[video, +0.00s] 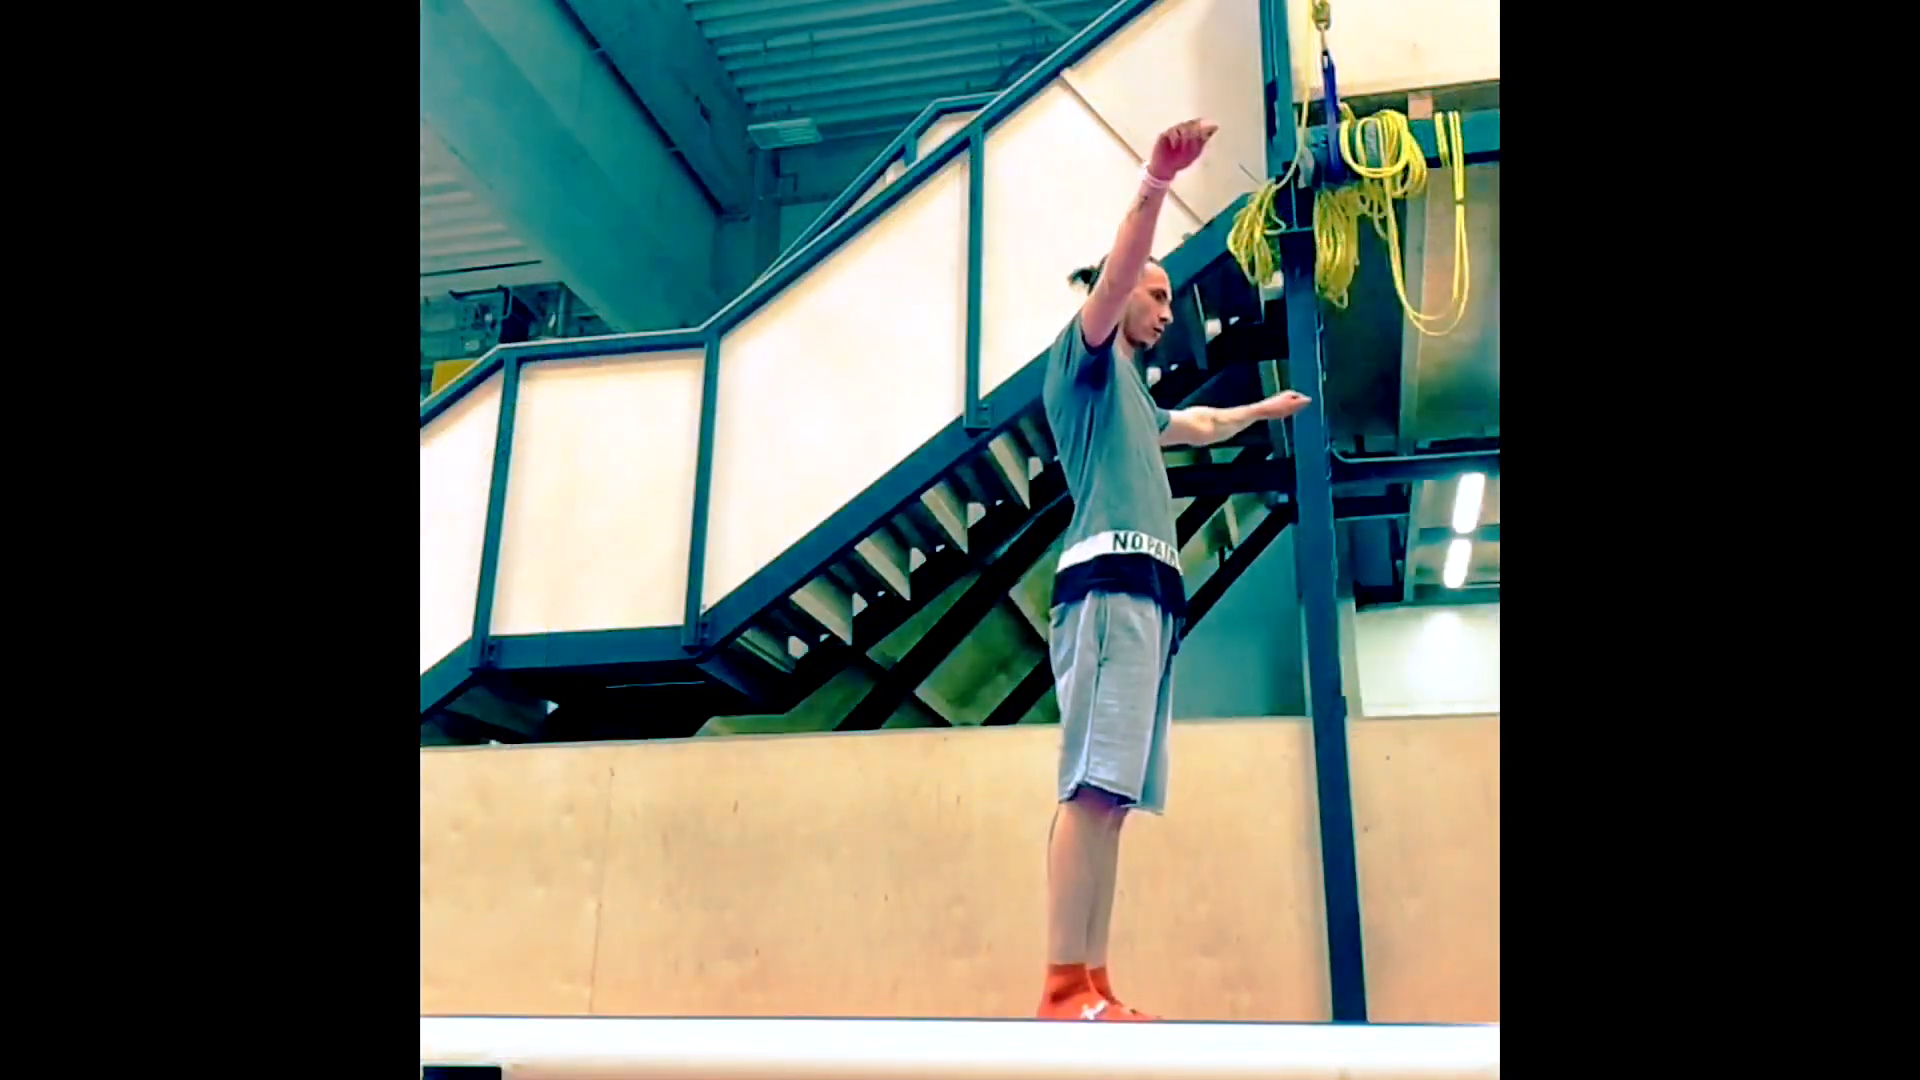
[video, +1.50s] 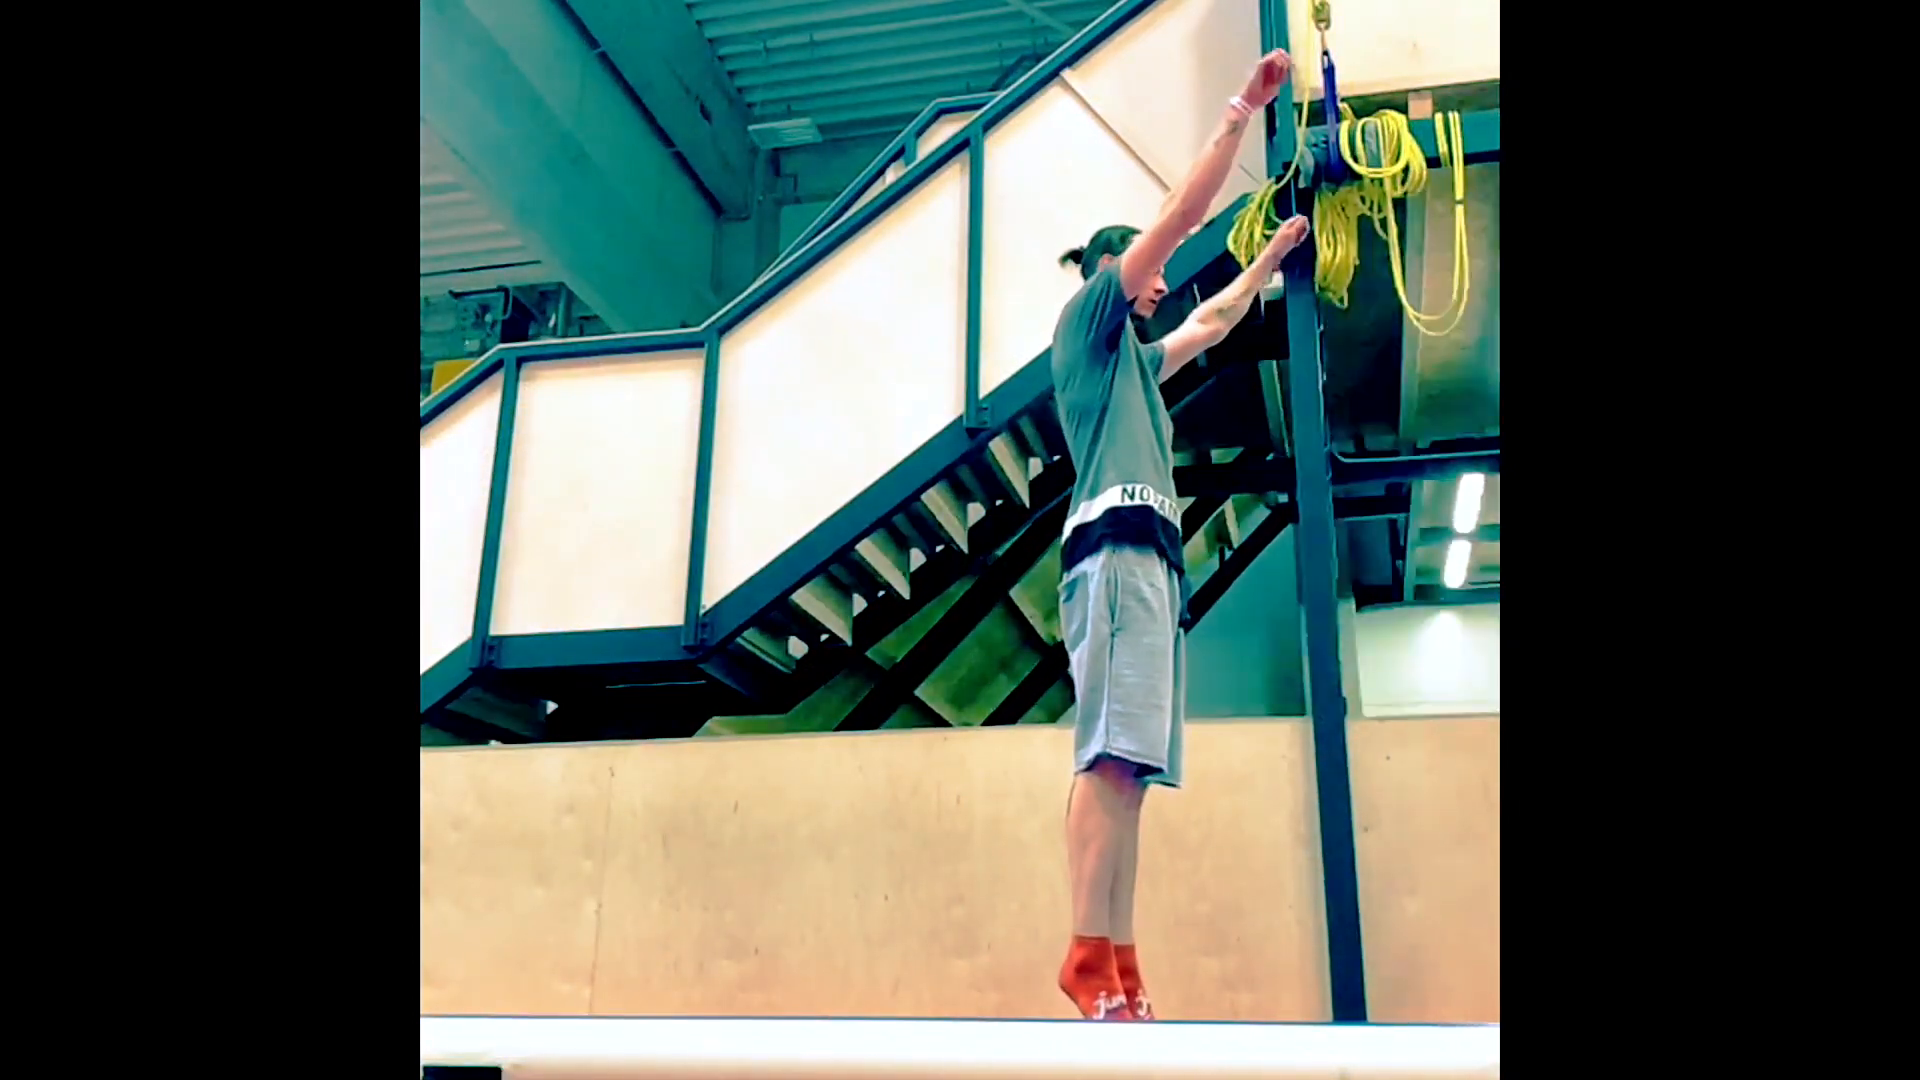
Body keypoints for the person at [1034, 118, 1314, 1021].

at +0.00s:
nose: (1166, 310)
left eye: (1169, 302)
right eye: (1155, 295)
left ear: (1154, 317)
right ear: (1114, 290)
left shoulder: (1132, 394)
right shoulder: (1084, 360)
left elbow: (1201, 426)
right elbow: (1117, 280)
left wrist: (1269, 407)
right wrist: (1156, 185)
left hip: (1146, 593)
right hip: (1110, 585)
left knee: (1113, 796)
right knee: (1093, 791)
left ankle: (1092, 989)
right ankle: (1065, 993)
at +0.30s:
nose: (1172, 283)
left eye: (1172, 275)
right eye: (1159, 269)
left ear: (1153, 292)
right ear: (1118, 272)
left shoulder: (1143, 366)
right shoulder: (1089, 336)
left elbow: (1213, 369)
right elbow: (1150, 233)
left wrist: (1275, 334)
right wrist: (1192, 123)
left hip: (1154, 566)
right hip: (1117, 558)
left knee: (1127, 768)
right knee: (1107, 760)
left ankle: (1114, 963)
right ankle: (1080, 960)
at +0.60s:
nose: (1164, 278)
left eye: (1165, 268)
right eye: (1152, 263)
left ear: (1148, 288)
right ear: (1116, 268)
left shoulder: (1140, 361)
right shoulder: (1096, 324)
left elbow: (1220, 345)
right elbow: (1167, 219)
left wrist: (1284, 296)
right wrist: (1221, 106)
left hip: (1149, 564)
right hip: (1120, 559)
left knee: (1129, 766)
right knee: (1114, 762)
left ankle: (1119, 963)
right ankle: (1089, 960)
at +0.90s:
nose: (1163, 280)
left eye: (1165, 271)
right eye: (1151, 265)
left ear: (1151, 289)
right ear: (1116, 270)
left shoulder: (1141, 364)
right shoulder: (1097, 326)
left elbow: (1216, 347)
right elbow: (1166, 215)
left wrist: (1281, 296)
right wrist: (1219, 101)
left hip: (1149, 565)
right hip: (1118, 558)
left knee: (1127, 770)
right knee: (1110, 765)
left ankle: (1116, 969)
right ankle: (1084, 968)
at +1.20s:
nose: (1160, 276)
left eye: (1162, 267)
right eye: (1149, 261)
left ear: (1147, 285)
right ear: (1113, 266)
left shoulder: (1136, 361)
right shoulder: (1094, 319)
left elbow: (1213, 341)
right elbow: (1165, 206)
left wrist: (1272, 290)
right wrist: (1215, 98)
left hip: (1152, 560)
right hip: (1117, 554)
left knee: (1131, 765)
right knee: (1112, 760)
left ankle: (1117, 965)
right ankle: (1087, 961)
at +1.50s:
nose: (1148, 277)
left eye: (1147, 270)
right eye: (1135, 263)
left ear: (1124, 283)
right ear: (1102, 266)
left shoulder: (1131, 359)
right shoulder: (1089, 318)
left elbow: (1210, 323)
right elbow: (1179, 215)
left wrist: (1266, 261)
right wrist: (1242, 109)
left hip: (1145, 560)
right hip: (1118, 550)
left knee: (1130, 765)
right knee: (1112, 759)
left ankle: (1118, 963)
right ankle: (1086, 958)